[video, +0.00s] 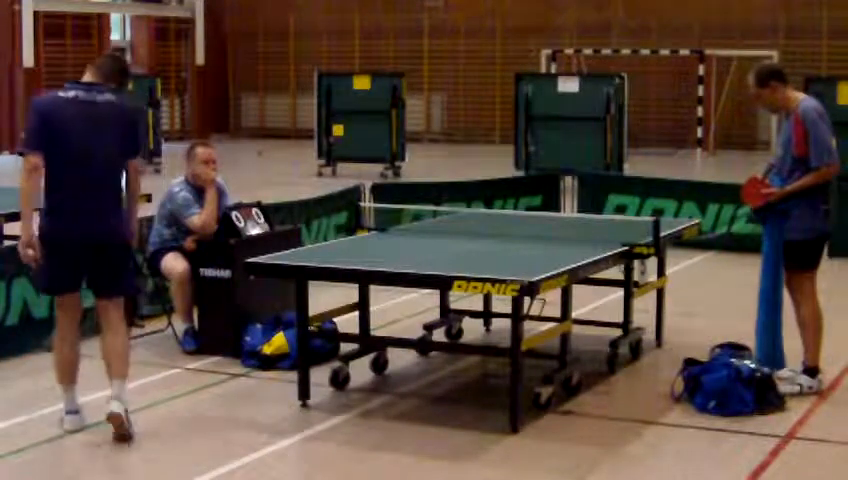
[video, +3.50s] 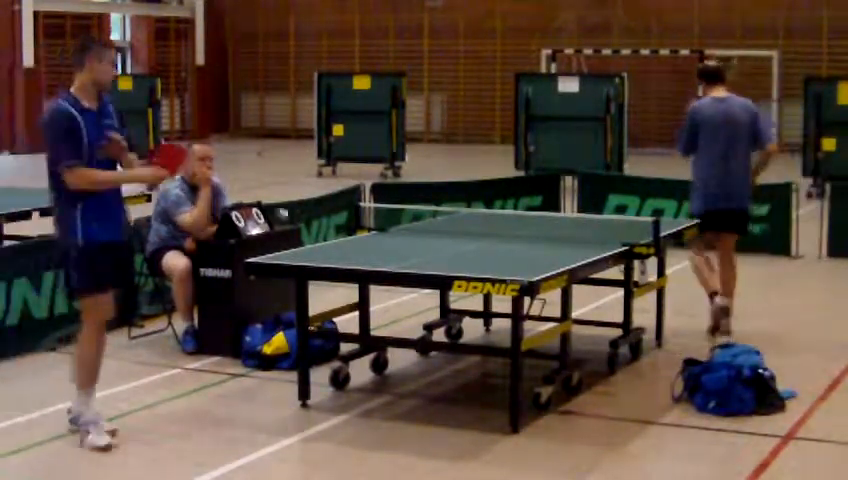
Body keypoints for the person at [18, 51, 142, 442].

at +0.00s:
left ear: (87, 70)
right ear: (118, 84)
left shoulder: (47, 105)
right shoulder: (124, 111)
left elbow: (33, 166)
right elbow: (135, 172)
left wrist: (27, 229)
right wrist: (132, 220)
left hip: (61, 228)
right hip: (109, 228)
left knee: (66, 315)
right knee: (113, 314)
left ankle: (71, 407)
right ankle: (118, 399)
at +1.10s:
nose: (120, 86)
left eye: (121, 80)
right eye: (117, 79)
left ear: (90, 72)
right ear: (102, 75)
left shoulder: (60, 103)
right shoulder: (96, 111)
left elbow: (60, 159)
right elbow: (106, 172)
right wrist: (137, 215)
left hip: (71, 215)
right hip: (102, 217)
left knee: (75, 293)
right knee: (107, 299)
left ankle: (59, 370)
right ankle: (110, 385)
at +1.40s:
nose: (99, 82)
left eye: (101, 76)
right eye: (94, 76)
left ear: (94, 78)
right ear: (74, 73)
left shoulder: (82, 108)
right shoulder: (59, 109)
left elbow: (85, 164)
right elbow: (46, 166)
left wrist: (101, 202)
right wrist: (82, 209)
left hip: (84, 208)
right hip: (79, 213)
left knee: (66, 284)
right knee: (100, 290)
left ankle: (58, 369)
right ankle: (106, 380)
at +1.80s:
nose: (73, 78)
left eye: (75, 72)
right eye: (66, 72)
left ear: (75, 75)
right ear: (45, 75)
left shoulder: (79, 110)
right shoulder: (25, 112)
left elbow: (92, 161)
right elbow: (6, 163)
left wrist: (106, 207)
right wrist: (30, 203)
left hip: (76, 212)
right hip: (47, 213)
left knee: (64, 285)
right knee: (55, 286)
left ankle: (60, 369)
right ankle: (52, 381)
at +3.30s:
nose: (102, 72)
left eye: (102, 65)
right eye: (96, 64)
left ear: (88, 68)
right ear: (73, 64)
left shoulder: (99, 112)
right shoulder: (36, 114)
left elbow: (110, 163)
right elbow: (22, 174)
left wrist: (121, 179)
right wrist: (64, 201)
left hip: (98, 228)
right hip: (58, 232)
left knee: (92, 308)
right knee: (59, 307)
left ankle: (80, 406)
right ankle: (36, 380)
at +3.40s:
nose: (109, 70)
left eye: (109, 64)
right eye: (103, 62)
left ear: (98, 66)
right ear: (80, 63)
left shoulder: (104, 109)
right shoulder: (49, 111)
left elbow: (118, 160)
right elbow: (48, 177)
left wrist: (121, 166)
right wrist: (110, 187)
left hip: (106, 227)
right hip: (70, 231)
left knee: (96, 312)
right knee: (79, 312)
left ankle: (81, 405)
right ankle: (55, 401)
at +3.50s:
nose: (114, 72)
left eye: (114, 64)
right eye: (109, 63)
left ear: (101, 66)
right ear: (87, 64)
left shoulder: (107, 108)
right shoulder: (61, 114)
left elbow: (130, 166)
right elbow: (71, 177)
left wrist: (123, 153)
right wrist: (134, 175)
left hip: (111, 228)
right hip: (82, 232)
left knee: (100, 317)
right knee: (95, 316)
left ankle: (84, 405)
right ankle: (84, 408)